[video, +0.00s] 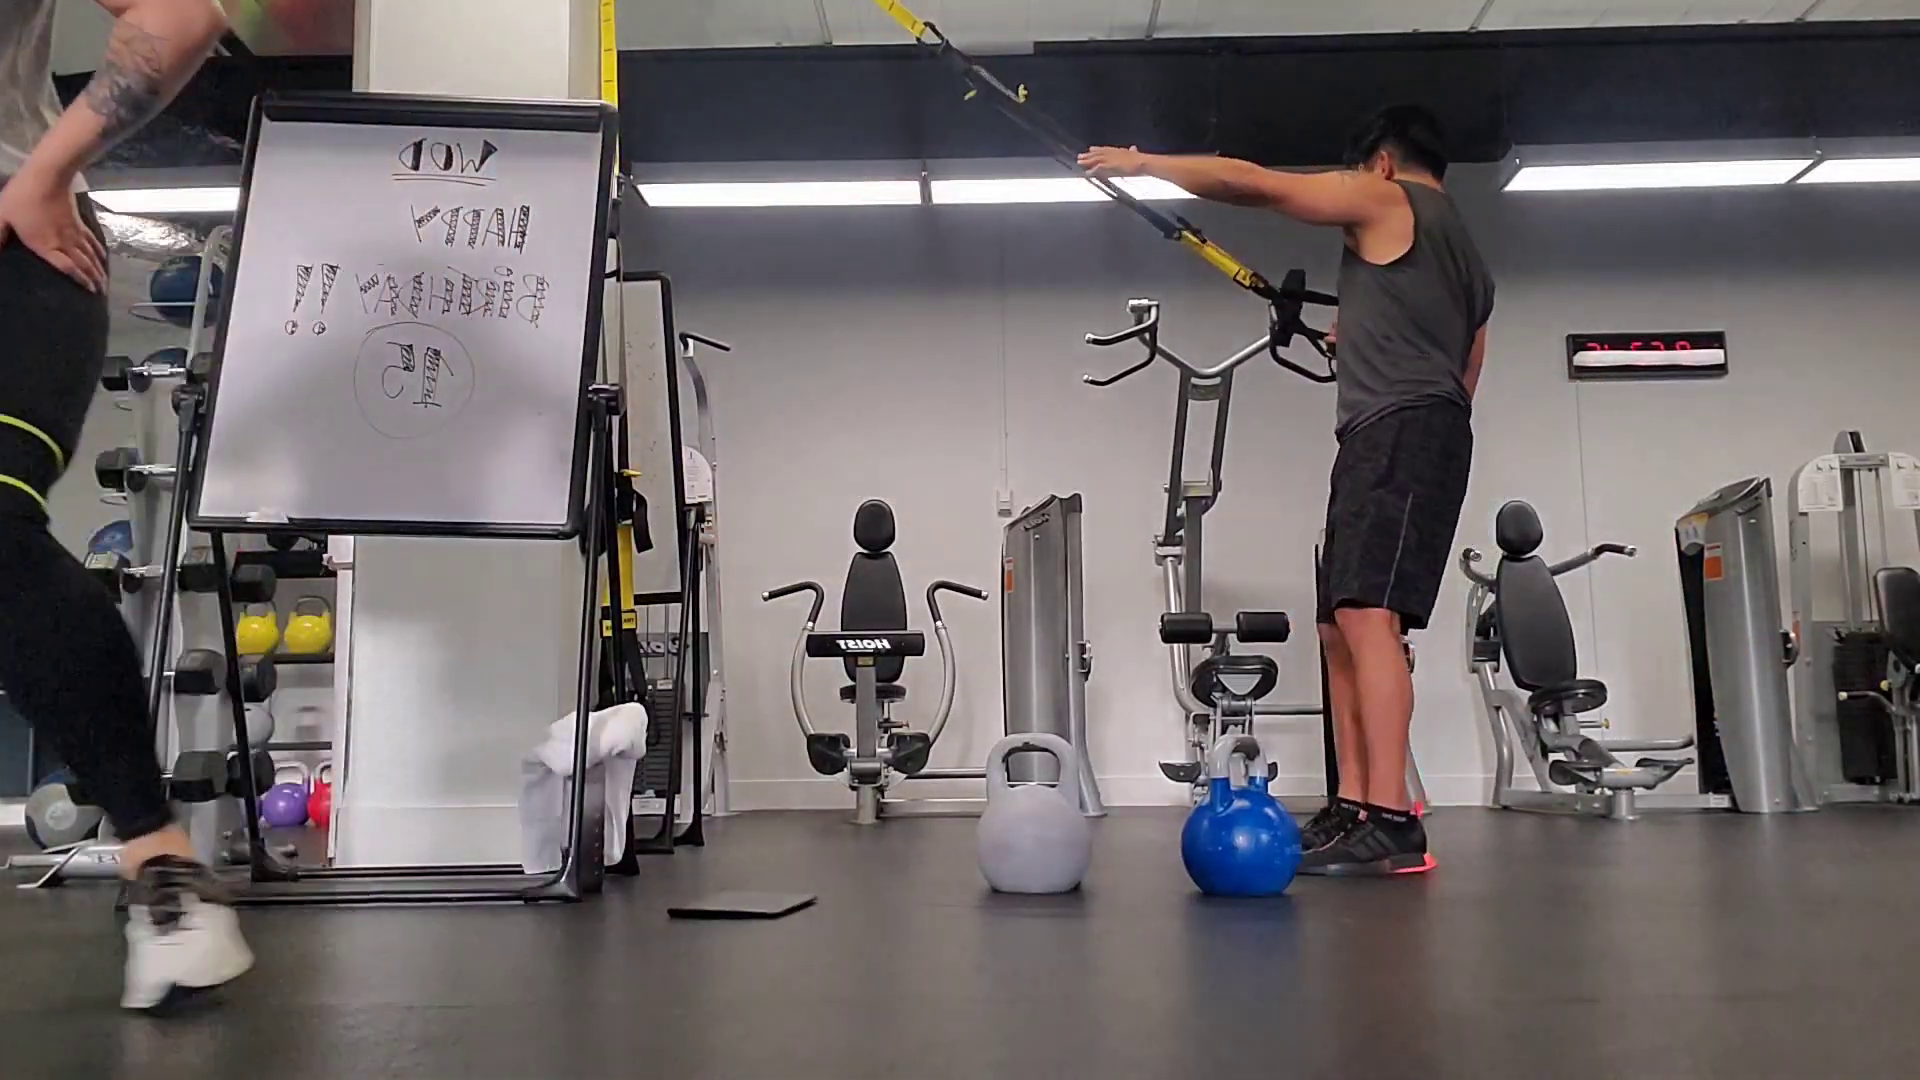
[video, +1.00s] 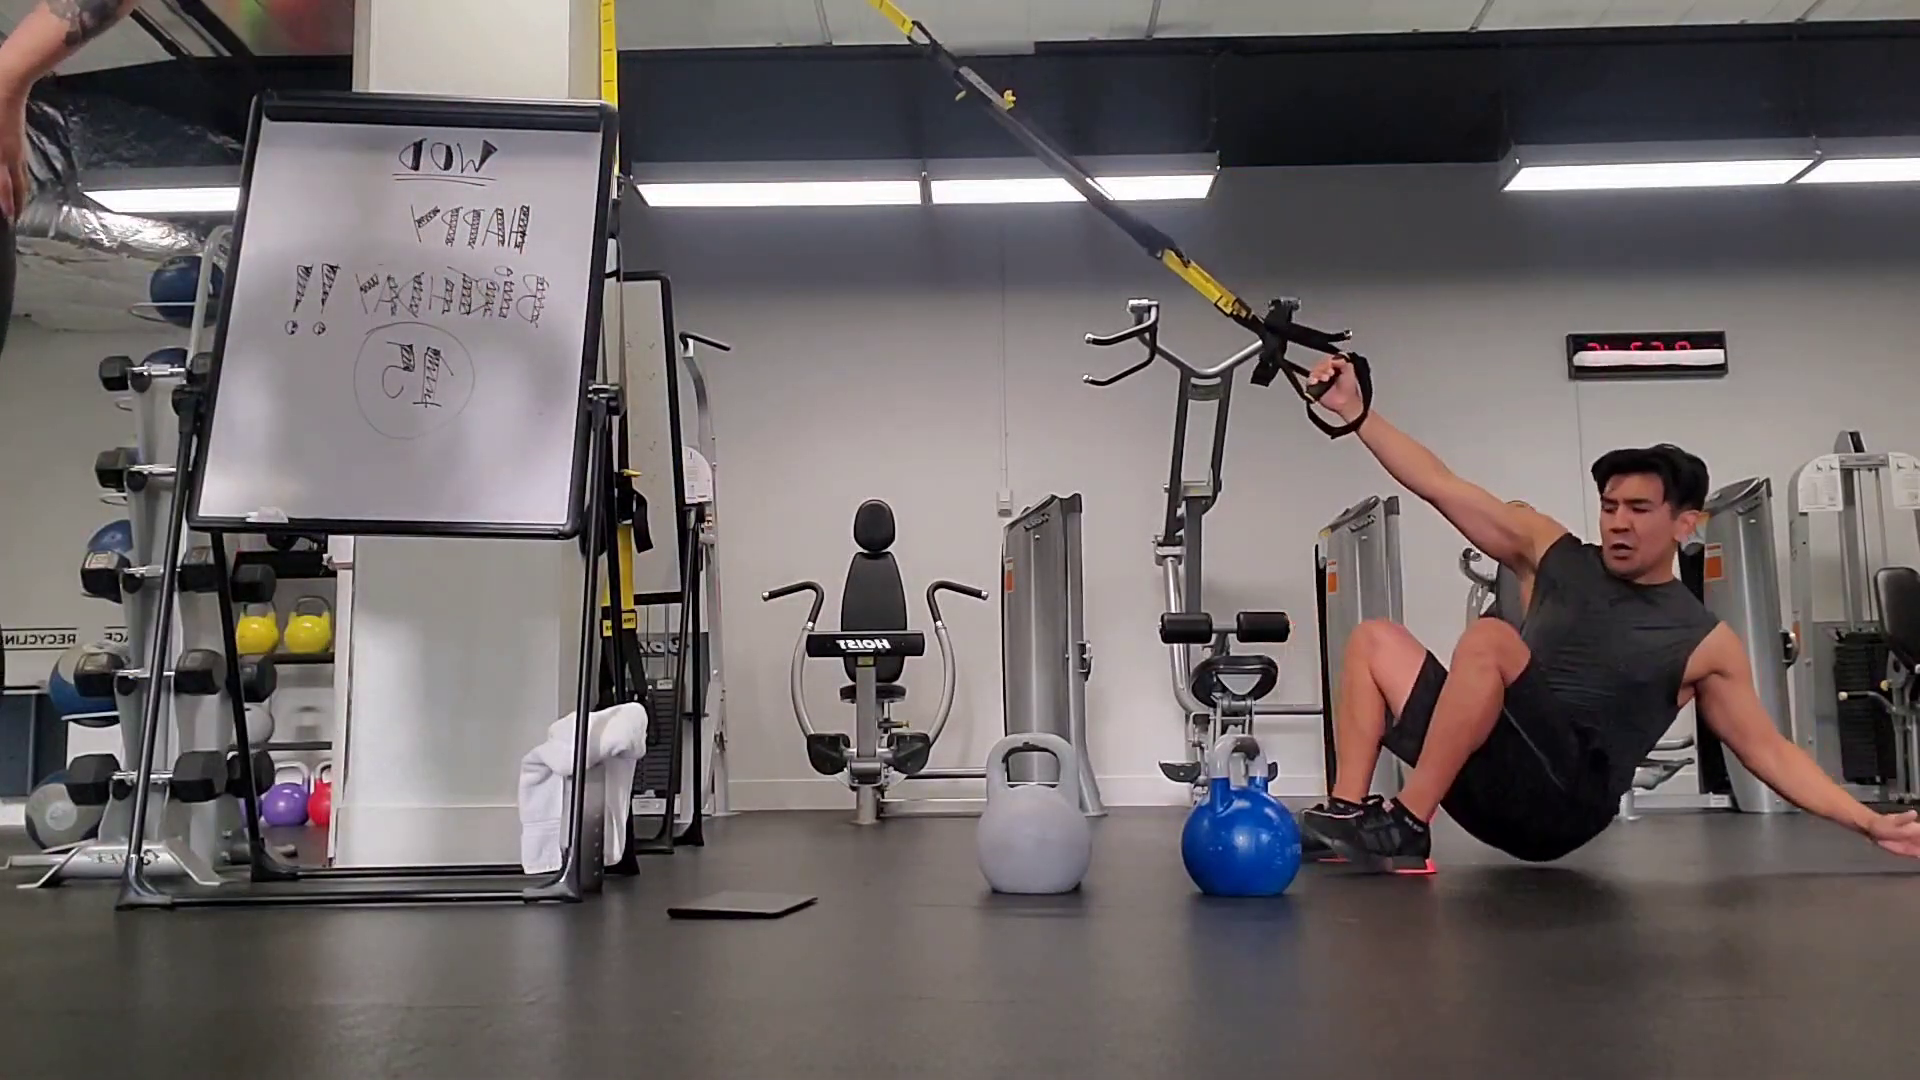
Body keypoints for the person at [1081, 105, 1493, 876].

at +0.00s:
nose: (1360, 178)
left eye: (1363, 166)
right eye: (1363, 167)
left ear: (1384, 159)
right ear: (1437, 169)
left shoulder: (1385, 197)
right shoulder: (1468, 257)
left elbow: (1261, 184)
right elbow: (1461, 383)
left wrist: (1142, 161)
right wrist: (1360, 343)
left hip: (1402, 427)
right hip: (1416, 433)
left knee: (1367, 616)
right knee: (1340, 624)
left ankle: (1392, 820)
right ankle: (1355, 810)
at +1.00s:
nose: (1616, 523)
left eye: (1638, 509)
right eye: (1609, 507)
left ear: (1687, 523)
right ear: (1598, 511)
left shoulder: (1706, 642)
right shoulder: (1548, 549)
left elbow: (1767, 751)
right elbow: (1440, 486)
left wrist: (1870, 822)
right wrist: (1357, 416)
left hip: (1567, 799)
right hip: (1480, 767)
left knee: (1492, 637)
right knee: (1374, 640)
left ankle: (1409, 823)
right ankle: (1347, 814)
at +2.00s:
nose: (1351, 163)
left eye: (1360, 151)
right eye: (1357, 153)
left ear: (1391, 152)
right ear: (1419, 167)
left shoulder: (1344, 202)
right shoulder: (1453, 257)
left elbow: (1221, 169)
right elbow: (1462, 390)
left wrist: (1113, 124)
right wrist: (1360, 350)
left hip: (1361, 431)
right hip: (1406, 437)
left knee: (1373, 617)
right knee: (1347, 620)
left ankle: (1388, 819)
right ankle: (1349, 806)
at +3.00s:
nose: (1548, 410)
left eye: (1564, 394)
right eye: (1547, 397)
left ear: (1622, 404)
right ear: (1552, 407)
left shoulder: (1663, 510)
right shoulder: (1524, 479)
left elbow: (1734, 612)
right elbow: (1416, 470)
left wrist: (1780, 676)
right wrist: (1362, 397)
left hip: (1547, 695)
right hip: (1481, 682)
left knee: (1382, 620)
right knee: (1308, 639)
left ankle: (1395, 824)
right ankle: (1341, 811)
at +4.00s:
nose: (1403, 193)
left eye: (1412, 180)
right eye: (1406, 181)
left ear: (1454, 178)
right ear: (1467, 187)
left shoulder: (1448, 226)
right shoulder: (1478, 266)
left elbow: (1332, 200)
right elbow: (1442, 366)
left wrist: (1222, 152)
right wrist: (1378, 342)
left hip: (1429, 438)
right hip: (1399, 442)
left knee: (1356, 614)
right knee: (1325, 620)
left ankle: (1390, 820)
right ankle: (1345, 807)